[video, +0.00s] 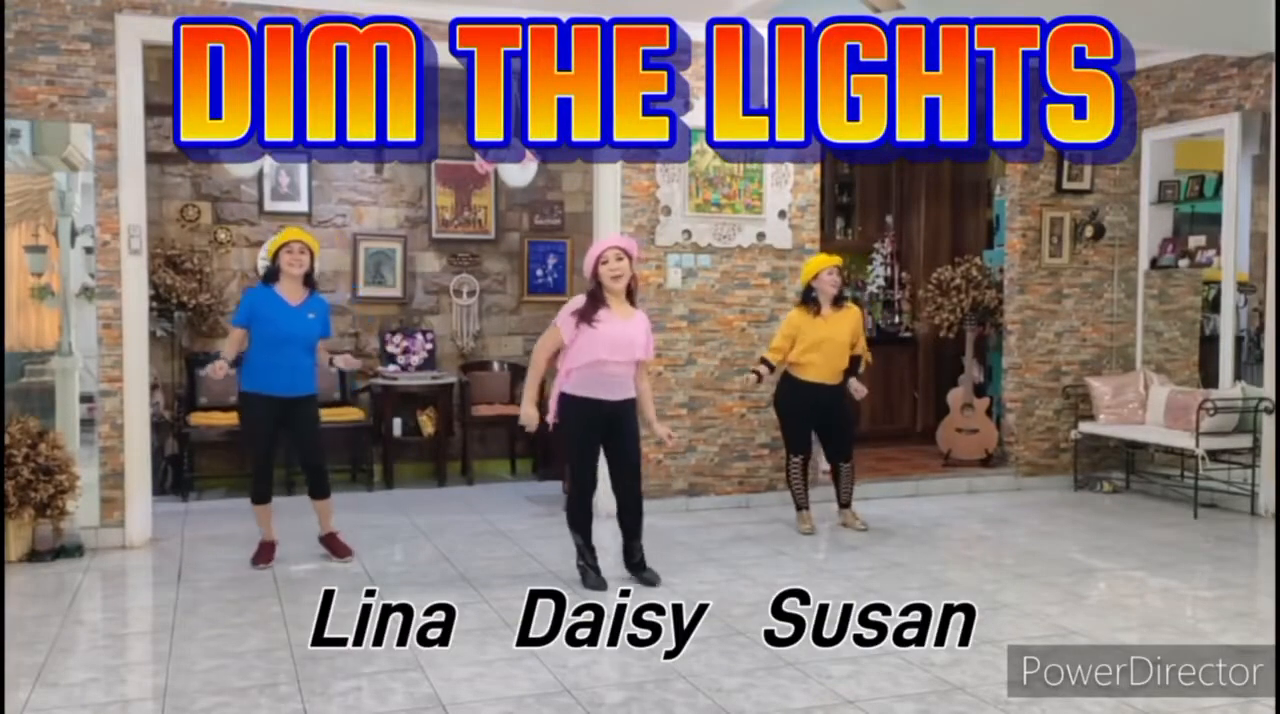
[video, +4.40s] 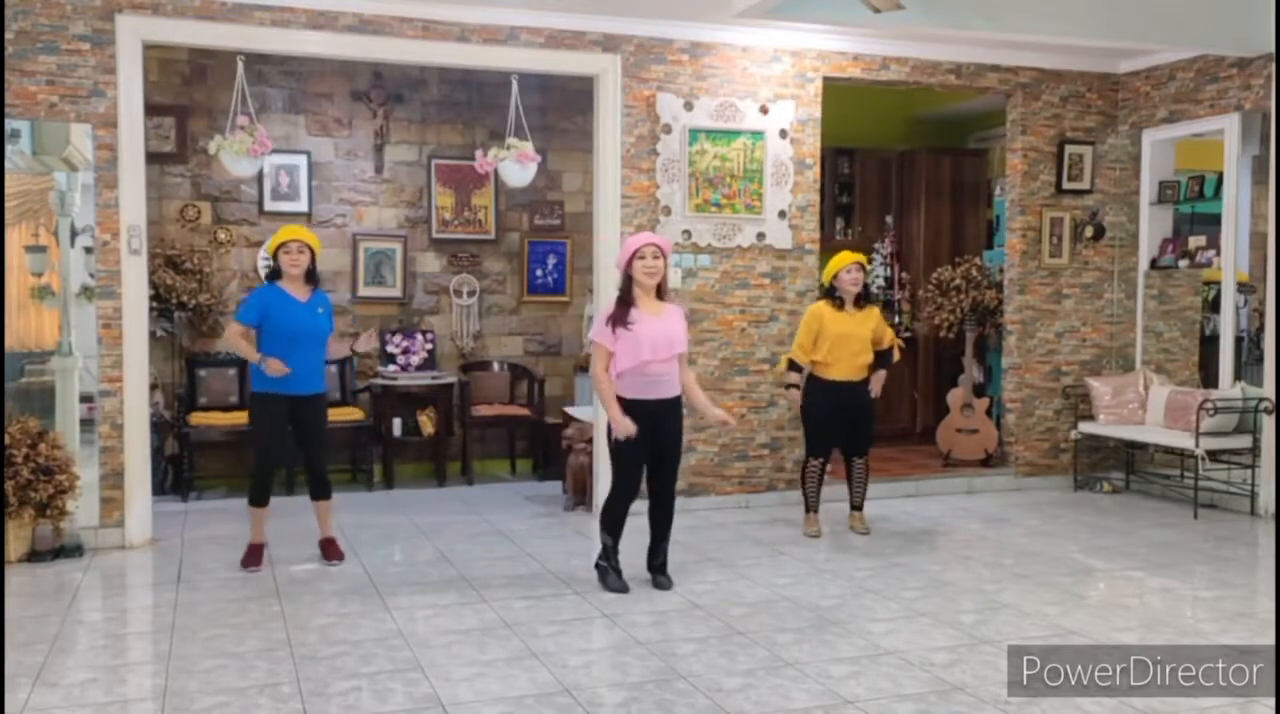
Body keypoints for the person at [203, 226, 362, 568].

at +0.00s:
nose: (296, 257)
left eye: (302, 252)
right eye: (289, 251)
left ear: (311, 261)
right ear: (276, 259)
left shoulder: (318, 304)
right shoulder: (256, 296)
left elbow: (320, 353)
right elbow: (236, 337)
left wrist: (336, 360)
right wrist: (224, 359)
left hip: (302, 398)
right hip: (259, 397)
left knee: (315, 463)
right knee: (261, 467)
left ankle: (328, 533)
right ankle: (267, 538)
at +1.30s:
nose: (313, 257)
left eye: (319, 251)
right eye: (306, 251)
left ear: (329, 258)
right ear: (295, 259)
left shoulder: (349, 293)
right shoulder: (283, 304)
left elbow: (365, 331)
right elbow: (278, 349)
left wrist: (369, 344)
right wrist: (276, 365)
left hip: (340, 394)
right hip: (297, 395)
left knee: (335, 464)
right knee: (296, 463)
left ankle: (331, 535)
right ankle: (302, 531)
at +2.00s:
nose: (302, 254)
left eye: (308, 249)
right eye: (295, 250)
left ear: (318, 257)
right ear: (284, 259)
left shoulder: (328, 300)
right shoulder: (271, 296)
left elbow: (332, 349)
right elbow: (239, 334)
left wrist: (364, 343)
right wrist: (259, 356)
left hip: (320, 395)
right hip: (278, 395)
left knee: (323, 465)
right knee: (275, 466)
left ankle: (330, 536)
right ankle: (257, 540)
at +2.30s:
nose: (283, 255)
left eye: (289, 251)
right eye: (276, 251)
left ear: (300, 260)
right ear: (265, 260)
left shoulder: (308, 305)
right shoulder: (247, 294)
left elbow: (307, 357)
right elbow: (203, 324)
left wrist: (332, 361)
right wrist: (207, 361)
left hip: (290, 397)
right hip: (246, 395)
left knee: (306, 463)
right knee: (249, 470)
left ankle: (313, 535)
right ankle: (254, 542)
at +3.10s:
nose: (272, 256)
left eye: (280, 250)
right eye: (266, 251)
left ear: (293, 258)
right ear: (258, 260)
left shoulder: (313, 296)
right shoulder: (249, 302)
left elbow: (331, 340)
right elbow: (243, 349)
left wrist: (312, 356)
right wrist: (209, 345)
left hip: (298, 396)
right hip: (254, 395)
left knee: (304, 464)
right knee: (253, 466)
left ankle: (326, 536)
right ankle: (254, 542)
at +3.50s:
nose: (299, 259)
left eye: (306, 253)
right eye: (291, 254)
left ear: (317, 260)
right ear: (282, 262)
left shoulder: (340, 293)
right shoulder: (276, 307)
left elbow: (359, 331)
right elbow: (271, 358)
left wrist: (360, 351)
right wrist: (255, 366)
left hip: (333, 395)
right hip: (289, 395)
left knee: (329, 465)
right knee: (278, 463)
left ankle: (330, 537)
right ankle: (272, 533)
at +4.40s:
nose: (294, 257)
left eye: (301, 251)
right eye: (287, 251)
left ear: (311, 259)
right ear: (276, 258)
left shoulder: (321, 300)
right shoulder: (263, 297)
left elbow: (326, 349)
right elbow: (232, 335)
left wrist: (354, 346)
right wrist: (261, 359)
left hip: (311, 395)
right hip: (269, 395)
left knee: (317, 465)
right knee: (265, 465)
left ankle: (327, 537)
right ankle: (256, 540)